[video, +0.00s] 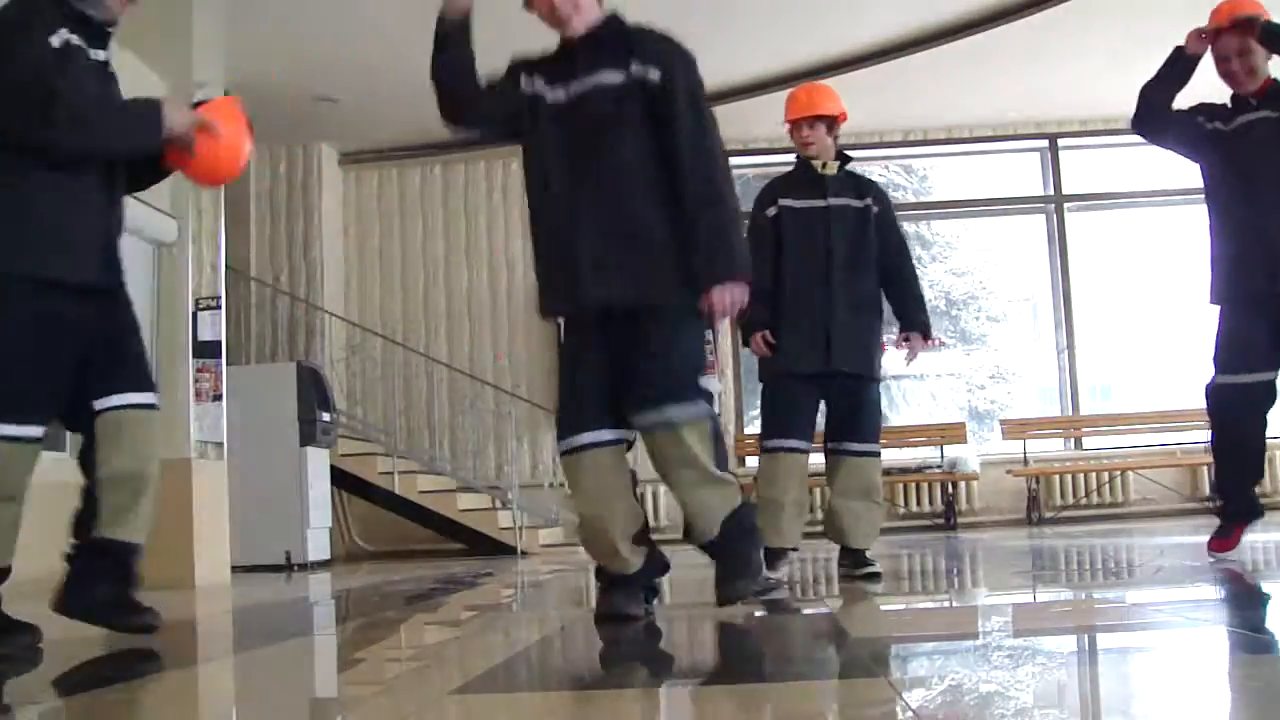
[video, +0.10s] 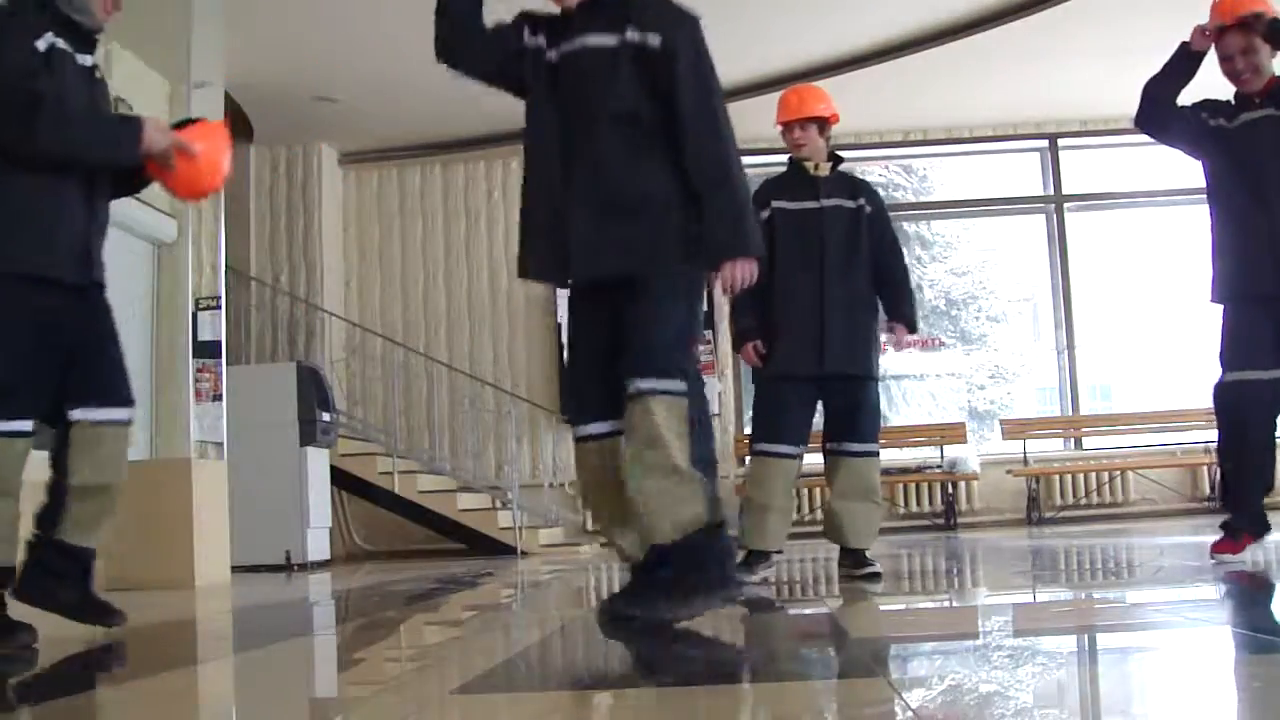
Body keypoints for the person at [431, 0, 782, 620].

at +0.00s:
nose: (546, 5)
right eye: (538, 2)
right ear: (536, 11)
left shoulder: (656, 56)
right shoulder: (533, 80)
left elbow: (703, 165)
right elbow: (462, 108)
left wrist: (724, 267)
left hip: (665, 284)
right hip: (584, 295)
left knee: (670, 417)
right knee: (587, 448)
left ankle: (736, 546)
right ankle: (628, 581)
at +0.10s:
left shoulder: (660, 21)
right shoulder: (539, 38)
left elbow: (705, 131)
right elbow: (460, 44)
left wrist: (734, 238)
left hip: (666, 249)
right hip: (588, 260)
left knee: (657, 398)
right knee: (594, 423)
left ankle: (699, 555)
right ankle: (650, 568)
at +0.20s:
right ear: (559, 1)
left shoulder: (668, 25)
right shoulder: (544, 43)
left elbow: (713, 137)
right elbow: (464, 44)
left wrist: (735, 248)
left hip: (663, 261)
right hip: (593, 272)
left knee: (642, 426)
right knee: (586, 424)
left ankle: (662, 599)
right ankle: (721, 537)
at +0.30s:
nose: (555, 4)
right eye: (549, 2)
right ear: (558, 10)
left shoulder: (679, 47)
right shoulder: (551, 70)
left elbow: (723, 160)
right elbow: (467, 63)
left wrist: (727, 269)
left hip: (660, 275)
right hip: (596, 287)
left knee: (589, 407)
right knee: (619, 443)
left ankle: (655, 593)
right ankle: (740, 538)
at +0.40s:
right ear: (566, 4)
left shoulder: (676, 25)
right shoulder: (558, 69)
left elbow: (744, 108)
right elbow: (474, 93)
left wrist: (729, 211)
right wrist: (459, 5)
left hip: (682, 268)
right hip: (612, 284)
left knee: (602, 409)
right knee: (615, 435)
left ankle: (659, 597)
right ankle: (739, 530)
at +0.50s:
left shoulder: (672, 4)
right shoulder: (548, 53)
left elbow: (747, 69)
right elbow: (525, 137)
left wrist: (724, 174)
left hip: (718, 236)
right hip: (645, 253)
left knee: (681, 402)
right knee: (631, 423)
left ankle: (673, 582)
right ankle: (713, 563)